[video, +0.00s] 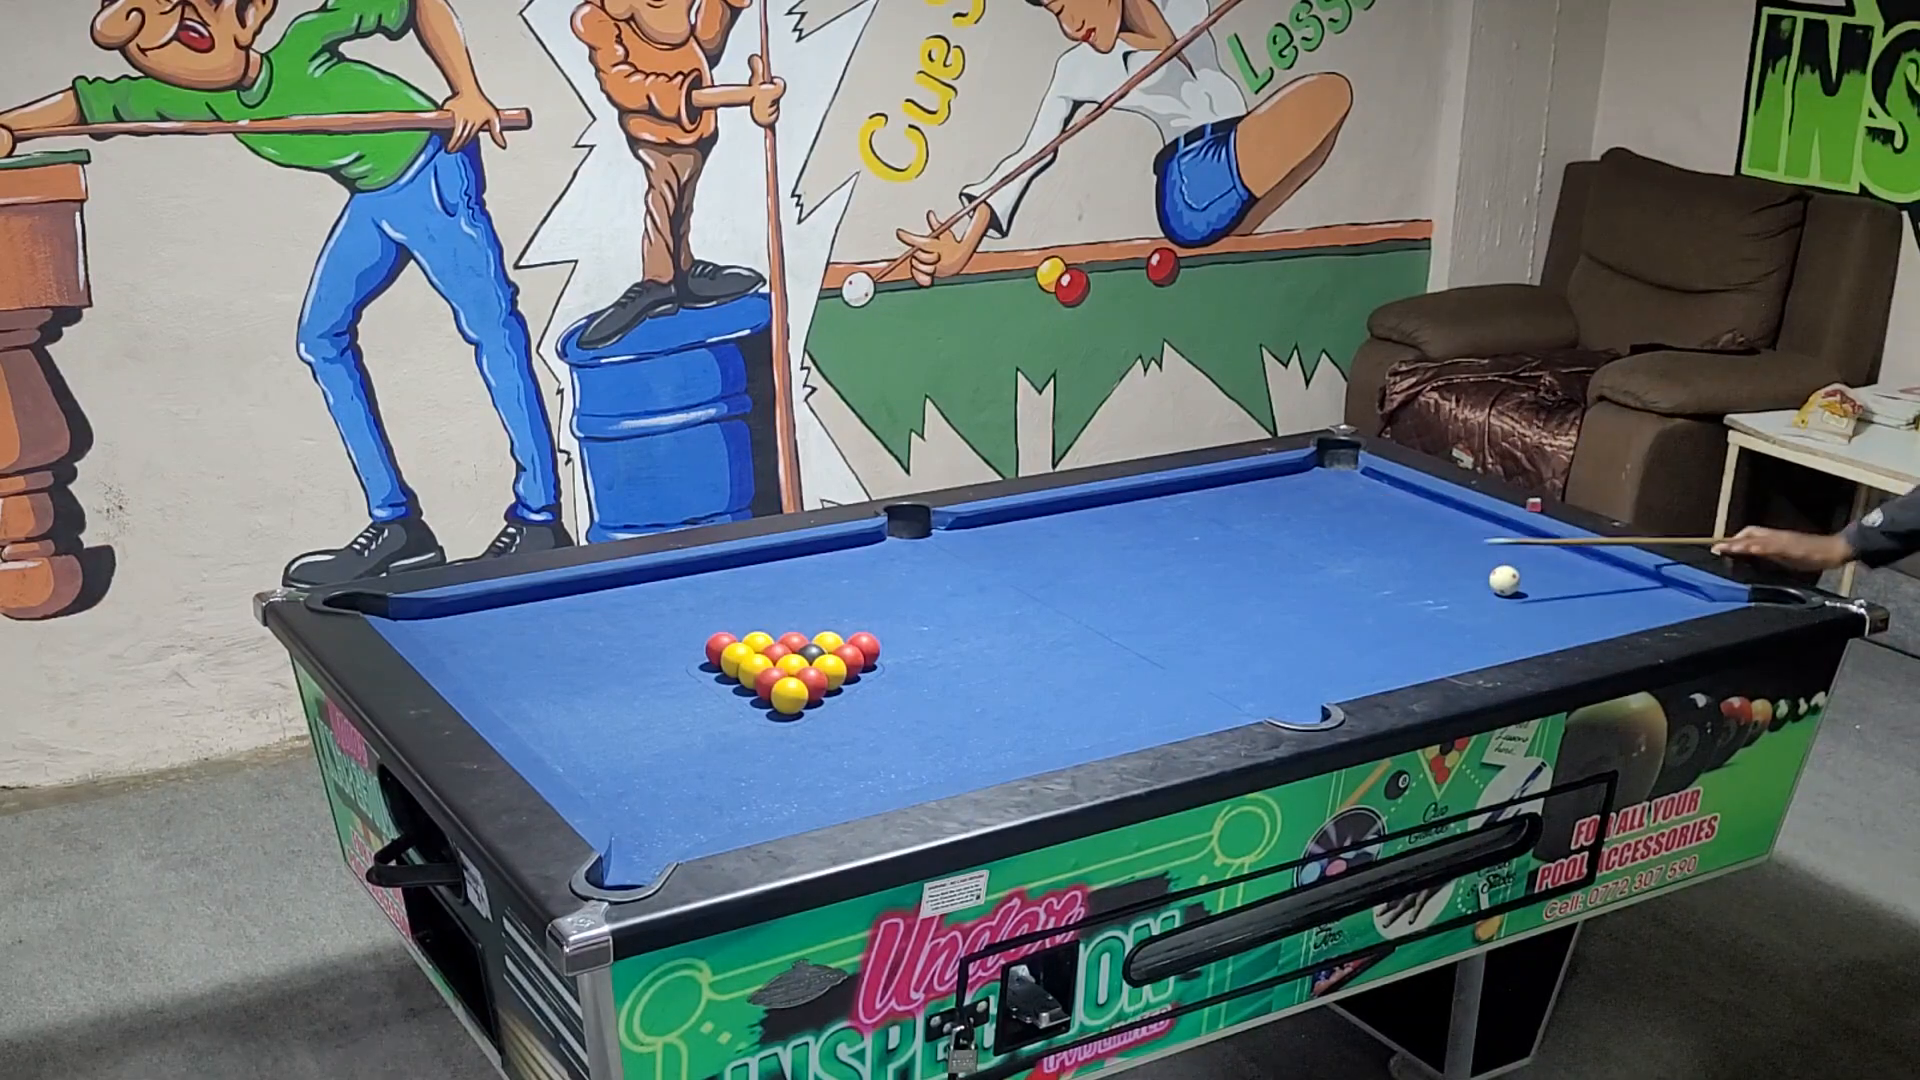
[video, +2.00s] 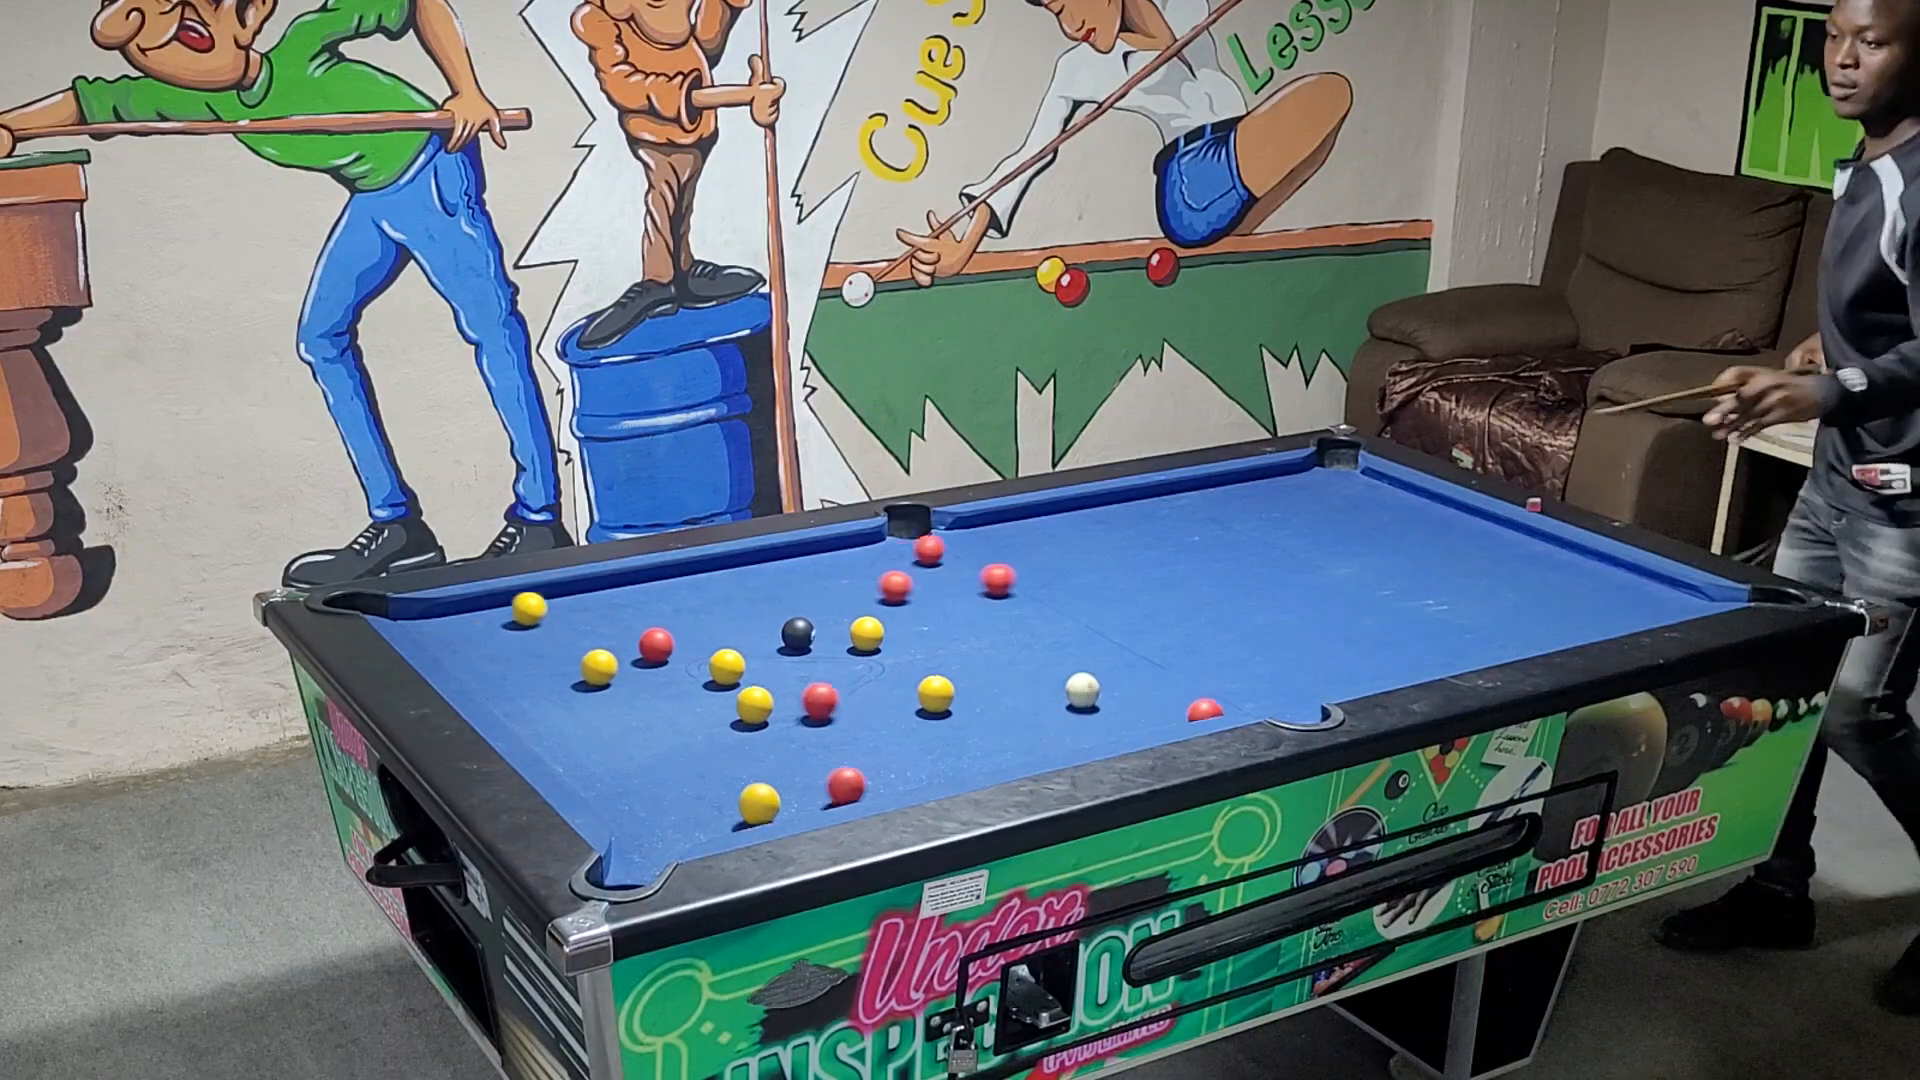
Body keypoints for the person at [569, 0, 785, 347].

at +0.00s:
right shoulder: (597, 19)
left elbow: (707, 47)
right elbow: (625, 88)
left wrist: (731, 5)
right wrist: (746, 95)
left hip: (695, 96)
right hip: (645, 104)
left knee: (687, 175)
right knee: (665, 175)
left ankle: (682, 269)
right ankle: (657, 281)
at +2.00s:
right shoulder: (596, 19)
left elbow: (707, 47)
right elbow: (625, 88)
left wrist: (730, 6)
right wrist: (746, 95)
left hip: (694, 87)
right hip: (644, 103)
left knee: (688, 174)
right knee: (665, 174)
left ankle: (682, 268)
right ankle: (656, 281)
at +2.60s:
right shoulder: (596, 19)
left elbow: (707, 48)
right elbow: (625, 88)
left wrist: (730, 6)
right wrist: (746, 94)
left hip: (695, 88)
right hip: (644, 103)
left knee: (688, 174)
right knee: (665, 173)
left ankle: (682, 269)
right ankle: (656, 282)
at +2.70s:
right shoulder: (596, 19)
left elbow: (707, 47)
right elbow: (625, 88)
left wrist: (730, 6)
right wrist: (746, 94)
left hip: (695, 87)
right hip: (644, 103)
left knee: (688, 174)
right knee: (665, 173)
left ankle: (682, 269)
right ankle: (656, 282)